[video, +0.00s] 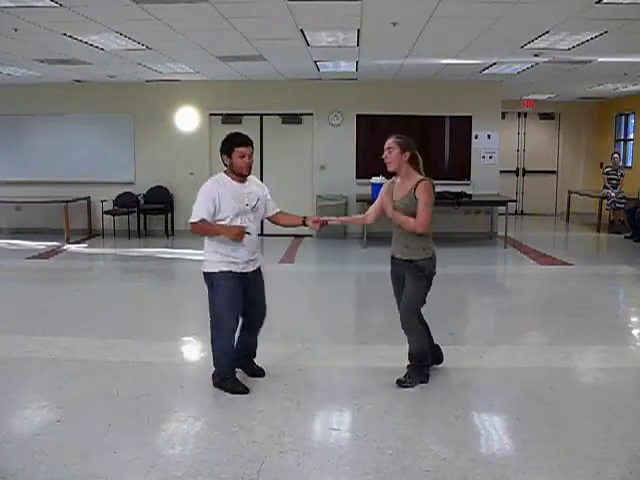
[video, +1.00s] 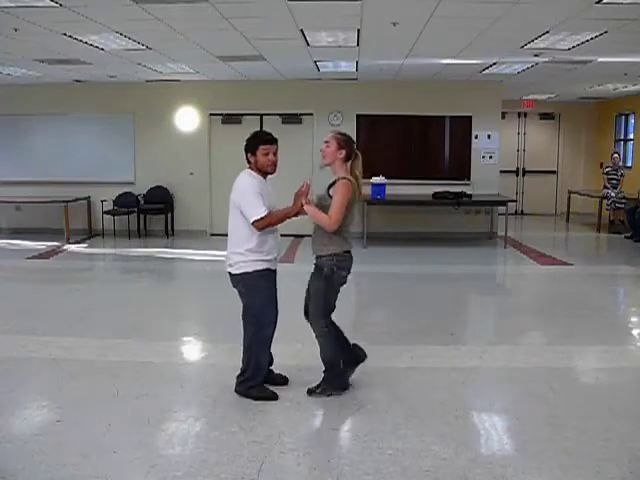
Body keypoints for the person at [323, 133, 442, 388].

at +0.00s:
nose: (385, 156)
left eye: (390, 151)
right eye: (385, 151)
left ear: (406, 155)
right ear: (397, 157)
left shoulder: (423, 185)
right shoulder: (390, 186)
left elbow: (421, 227)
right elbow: (368, 217)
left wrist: (390, 212)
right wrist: (336, 220)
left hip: (421, 262)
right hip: (398, 260)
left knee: (408, 314)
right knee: (408, 314)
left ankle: (419, 369)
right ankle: (431, 352)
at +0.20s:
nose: (375, 152)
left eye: (381, 147)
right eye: (376, 147)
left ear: (397, 153)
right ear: (389, 154)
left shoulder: (415, 186)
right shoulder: (377, 188)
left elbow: (439, 218)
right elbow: (351, 218)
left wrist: (425, 250)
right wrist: (315, 213)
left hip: (412, 266)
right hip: (385, 265)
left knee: (412, 322)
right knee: (373, 313)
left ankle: (420, 371)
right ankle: (405, 350)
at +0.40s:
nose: (360, 151)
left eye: (366, 147)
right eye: (361, 146)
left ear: (381, 154)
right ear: (373, 156)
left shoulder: (397, 187)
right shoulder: (362, 188)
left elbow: (426, 217)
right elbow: (339, 219)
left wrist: (407, 242)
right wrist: (309, 216)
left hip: (391, 268)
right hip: (365, 266)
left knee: (397, 322)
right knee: (350, 315)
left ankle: (417, 369)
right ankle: (368, 368)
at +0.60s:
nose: (344, 151)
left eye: (350, 147)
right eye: (346, 147)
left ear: (364, 154)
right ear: (361, 155)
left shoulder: (374, 187)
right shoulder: (354, 184)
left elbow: (382, 228)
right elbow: (343, 222)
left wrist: (348, 224)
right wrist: (309, 222)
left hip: (365, 265)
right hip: (347, 262)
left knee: (347, 319)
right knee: (342, 318)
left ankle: (383, 360)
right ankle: (365, 368)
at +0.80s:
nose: (329, 147)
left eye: (335, 143)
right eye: (331, 142)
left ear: (349, 151)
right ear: (348, 152)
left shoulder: (351, 184)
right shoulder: (349, 181)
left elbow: (339, 224)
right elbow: (342, 221)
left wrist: (314, 208)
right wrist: (317, 211)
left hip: (342, 261)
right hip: (345, 259)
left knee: (322, 318)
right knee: (340, 315)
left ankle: (333, 376)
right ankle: (366, 362)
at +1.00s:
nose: (322, 148)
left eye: (327, 145)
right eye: (323, 144)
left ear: (341, 152)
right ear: (338, 153)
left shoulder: (344, 185)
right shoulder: (336, 183)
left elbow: (332, 224)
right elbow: (329, 218)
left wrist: (308, 208)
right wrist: (308, 204)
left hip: (334, 260)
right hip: (326, 259)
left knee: (319, 317)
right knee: (312, 313)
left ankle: (334, 378)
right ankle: (349, 353)